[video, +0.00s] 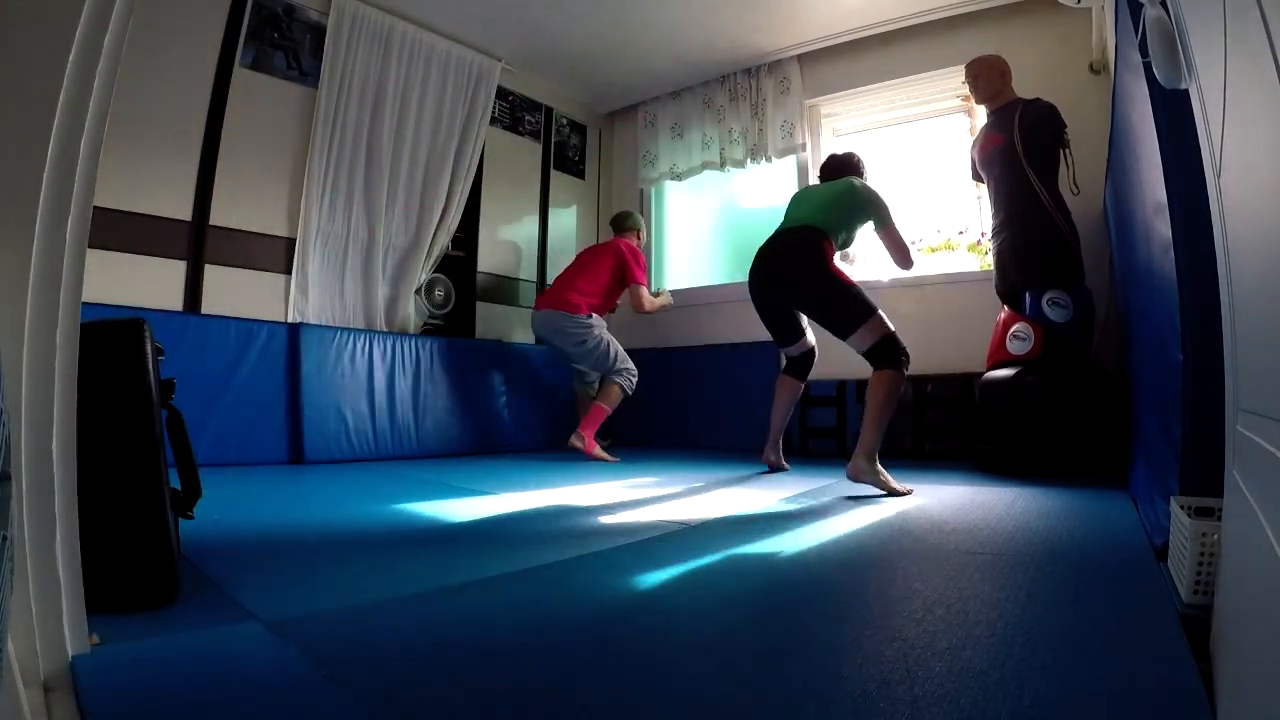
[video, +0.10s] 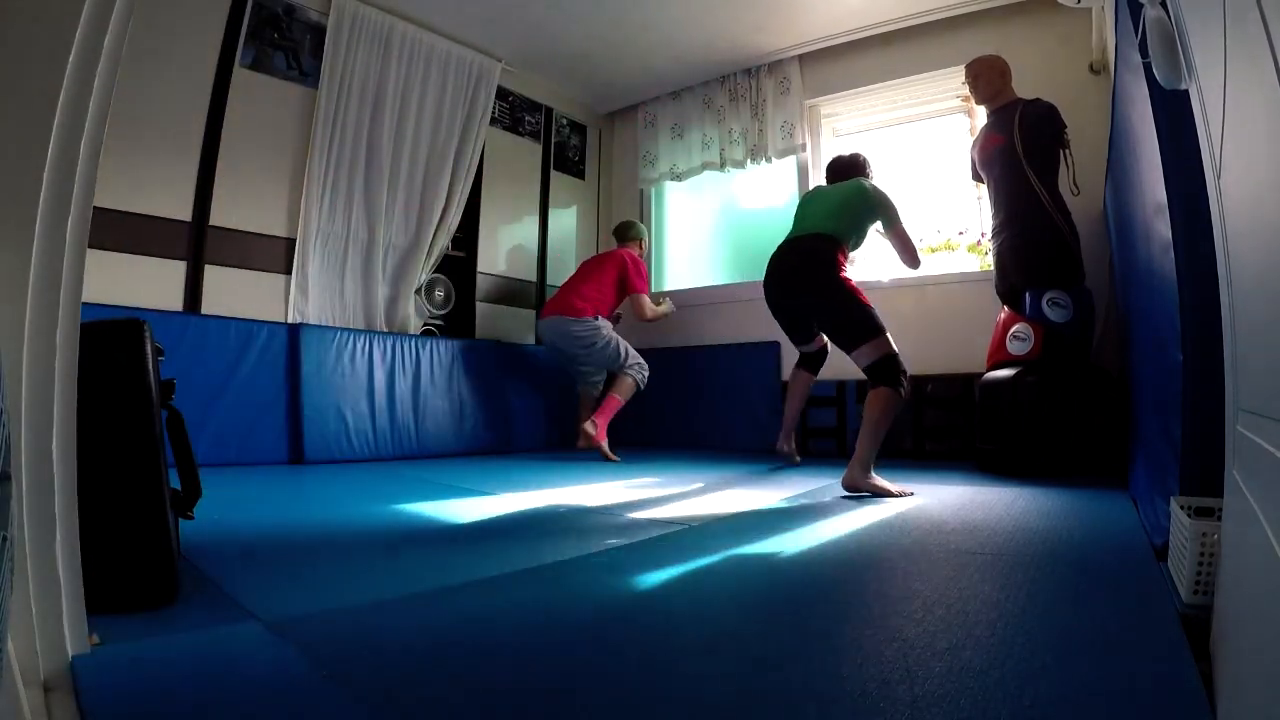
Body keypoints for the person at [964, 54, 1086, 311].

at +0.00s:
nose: (970, 84)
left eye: (976, 75)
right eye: (968, 80)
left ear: (1003, 74)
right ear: (969, 91)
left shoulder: (1037, 112)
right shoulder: (980, 142)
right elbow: (978, 176)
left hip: (1050, 247)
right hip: (1009, 256)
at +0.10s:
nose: (970, 84)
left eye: (976, 76)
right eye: (968, 81)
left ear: (1003, 74)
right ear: (969, 91)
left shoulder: (1037, 112)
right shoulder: (980, 142)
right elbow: (978, 176)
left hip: (1050, 248)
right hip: (1010, 256)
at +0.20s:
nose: (970, 84)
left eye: (976, 75)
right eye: (967, 80)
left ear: (1003, 74)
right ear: (969, 91)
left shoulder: (1037, 112)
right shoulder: (980, 142)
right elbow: (978, 176)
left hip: (1051, 248)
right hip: (1010, 257)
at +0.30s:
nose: (970, 84)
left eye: (976, 75)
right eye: (967, 80)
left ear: (1003, 75)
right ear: (969, 91)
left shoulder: (1037, 112)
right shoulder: (980, 142)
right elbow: (977, 175)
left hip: (1051, 246)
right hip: (1008, 254)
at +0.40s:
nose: (970, 84)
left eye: (976, 75)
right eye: (968, 80)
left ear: (1002, 75)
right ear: (969, 90)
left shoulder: (1037, 112)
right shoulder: (980, 142)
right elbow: (978, 175)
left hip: (1051, 248)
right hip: (1010, 256)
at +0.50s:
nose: (970, 84)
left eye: (976, 75)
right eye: (967, 81)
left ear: (1002, 75)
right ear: (969, 91)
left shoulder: (1037, 112)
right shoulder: (980, 142)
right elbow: (977, 175)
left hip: (1051, 247)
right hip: (1010, 256)